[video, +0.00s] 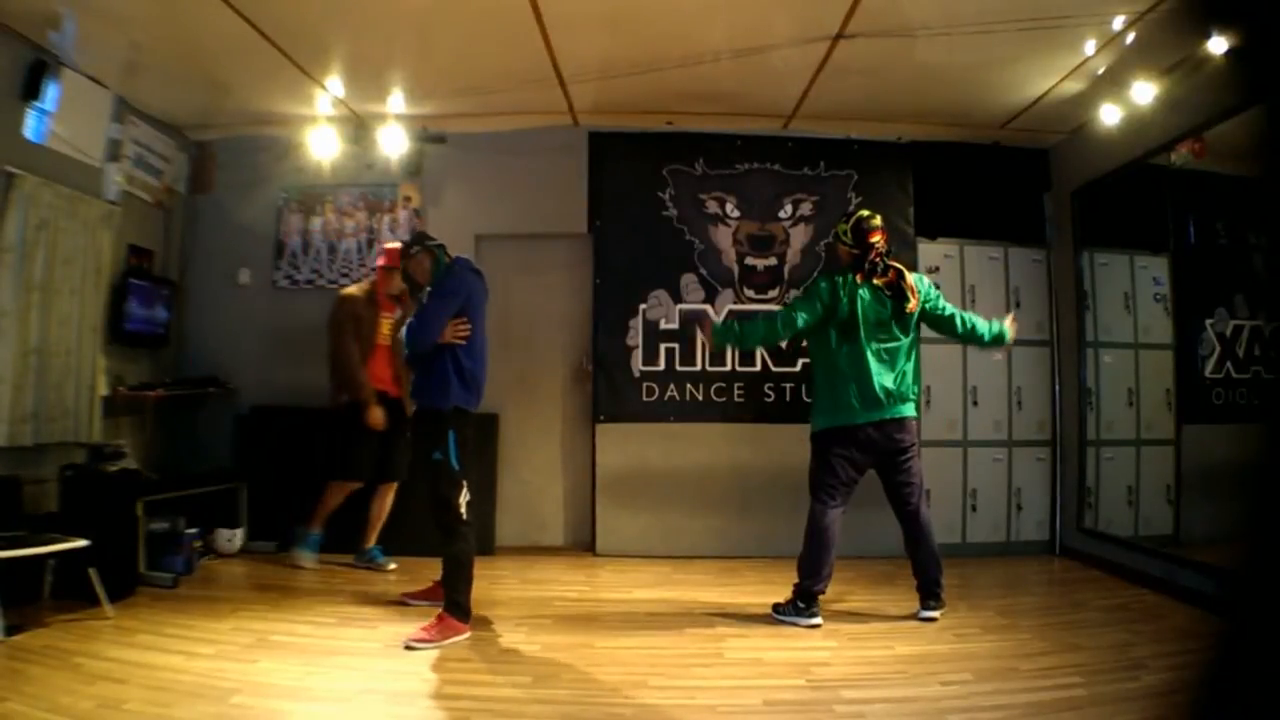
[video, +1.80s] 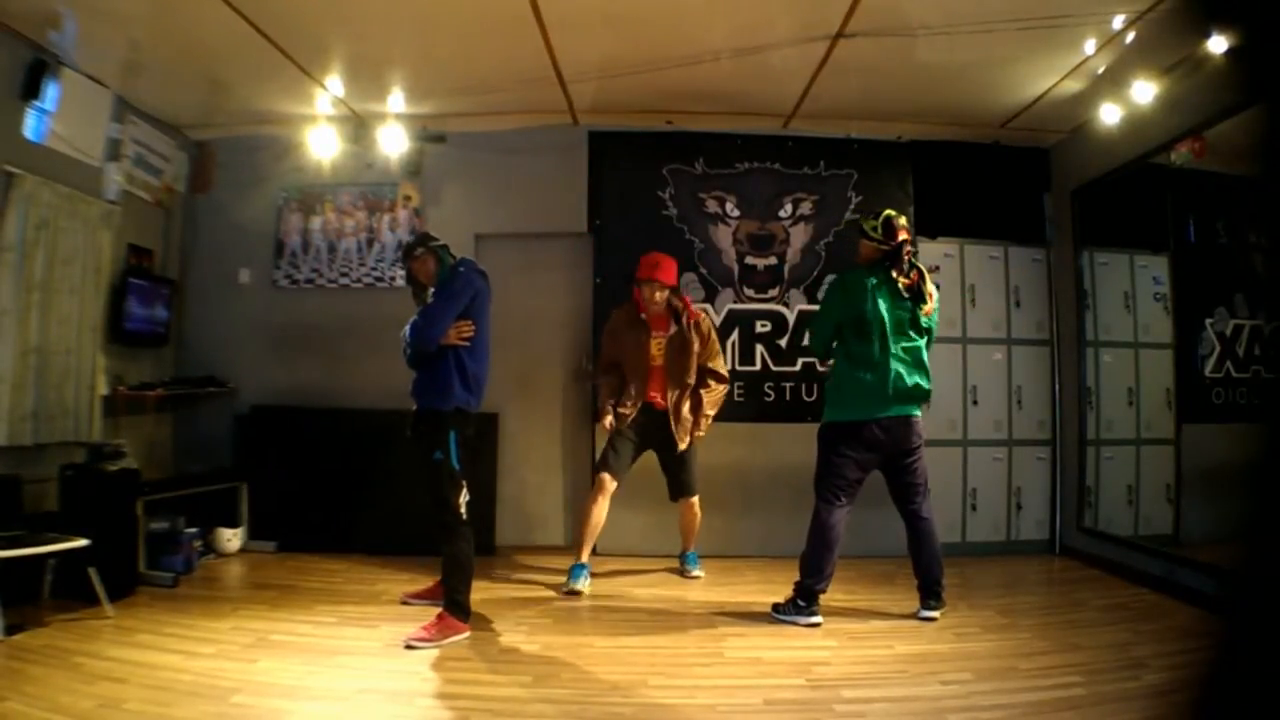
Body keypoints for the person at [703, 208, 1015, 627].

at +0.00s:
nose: (834, 250)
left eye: (838, 245)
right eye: (837, 243)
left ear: (851, 249)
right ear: (879, 246)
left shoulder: (830, 287)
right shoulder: (910, 285)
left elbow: (783, 325)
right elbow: (954, 321)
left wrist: (722, 332)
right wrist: (998, 331)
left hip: (841, 421)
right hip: (897, 419)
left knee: (827, 505)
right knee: (913, 507)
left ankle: (807, 600)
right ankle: (931, 597)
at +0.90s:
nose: (835, 248)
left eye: (841, 243)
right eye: (838, 241)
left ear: (854, 248)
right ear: (884, 246)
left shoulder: (830, 285)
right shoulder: (914, 284)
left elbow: (797, 344)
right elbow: (948, 333)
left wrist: (756, 387)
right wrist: (987, 360)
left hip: (844, 418)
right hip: (899, 418)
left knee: (829, 504)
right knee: (915, 507)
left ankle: (806, 600)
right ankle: (931, 597)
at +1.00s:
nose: (835, 246)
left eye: (842, 240)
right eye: (838, 238)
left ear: (858, 247)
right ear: (882, 245)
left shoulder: (830, 288)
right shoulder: (916, 286)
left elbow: (819, 354)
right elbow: (932, 349)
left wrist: (816, 408)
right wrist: (938, 397)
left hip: (848, 417)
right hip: (901, 418)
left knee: (829, 504)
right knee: (915, 507)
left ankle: (806, 599)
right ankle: (931, 597)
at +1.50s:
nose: (842, 243)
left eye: (848, 236)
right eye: (846, 235)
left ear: (863, 245)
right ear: (887, 246)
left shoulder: (837, 285)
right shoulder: (918, 285)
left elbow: (807, 341)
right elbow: (924, 349)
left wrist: (843, 349)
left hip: (847, 416)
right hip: (903, 417)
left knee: (830, 505)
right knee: (916, 507)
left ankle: (806, 600)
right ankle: (932, 598)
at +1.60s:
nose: (846, 242)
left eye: (853, 236)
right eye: (850, 235)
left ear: (867, 245)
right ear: (887, 246)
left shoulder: (845, 283)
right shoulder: (908, 280)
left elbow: (820, 335)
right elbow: (914, 331)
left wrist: (850, 361)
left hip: (852, 407)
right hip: (904, 409)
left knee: (832, 502)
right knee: (915, 505)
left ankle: (806, 600)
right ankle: (932, 598)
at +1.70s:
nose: (850, 244)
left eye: (857, 238)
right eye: (853, 236)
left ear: (872, 245)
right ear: (889, 247)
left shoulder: (848, 282)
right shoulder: (912, 280)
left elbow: (823, 333)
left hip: (853, 410)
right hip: (904, 412)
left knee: (832, 501)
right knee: (915, 505)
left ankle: (806, 600)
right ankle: (932, 598)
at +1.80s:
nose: (856, 246)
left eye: (862, 240)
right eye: (859, 239)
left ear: (876, 247)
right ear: (896, 248)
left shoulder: (848, 284)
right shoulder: (919, 285)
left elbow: (819, 342)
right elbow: (925, 337)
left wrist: (837, 351)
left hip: (851, 414)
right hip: (904, 416)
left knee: (832, 503)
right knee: (917, 506)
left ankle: (806, 599)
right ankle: (932, 598)